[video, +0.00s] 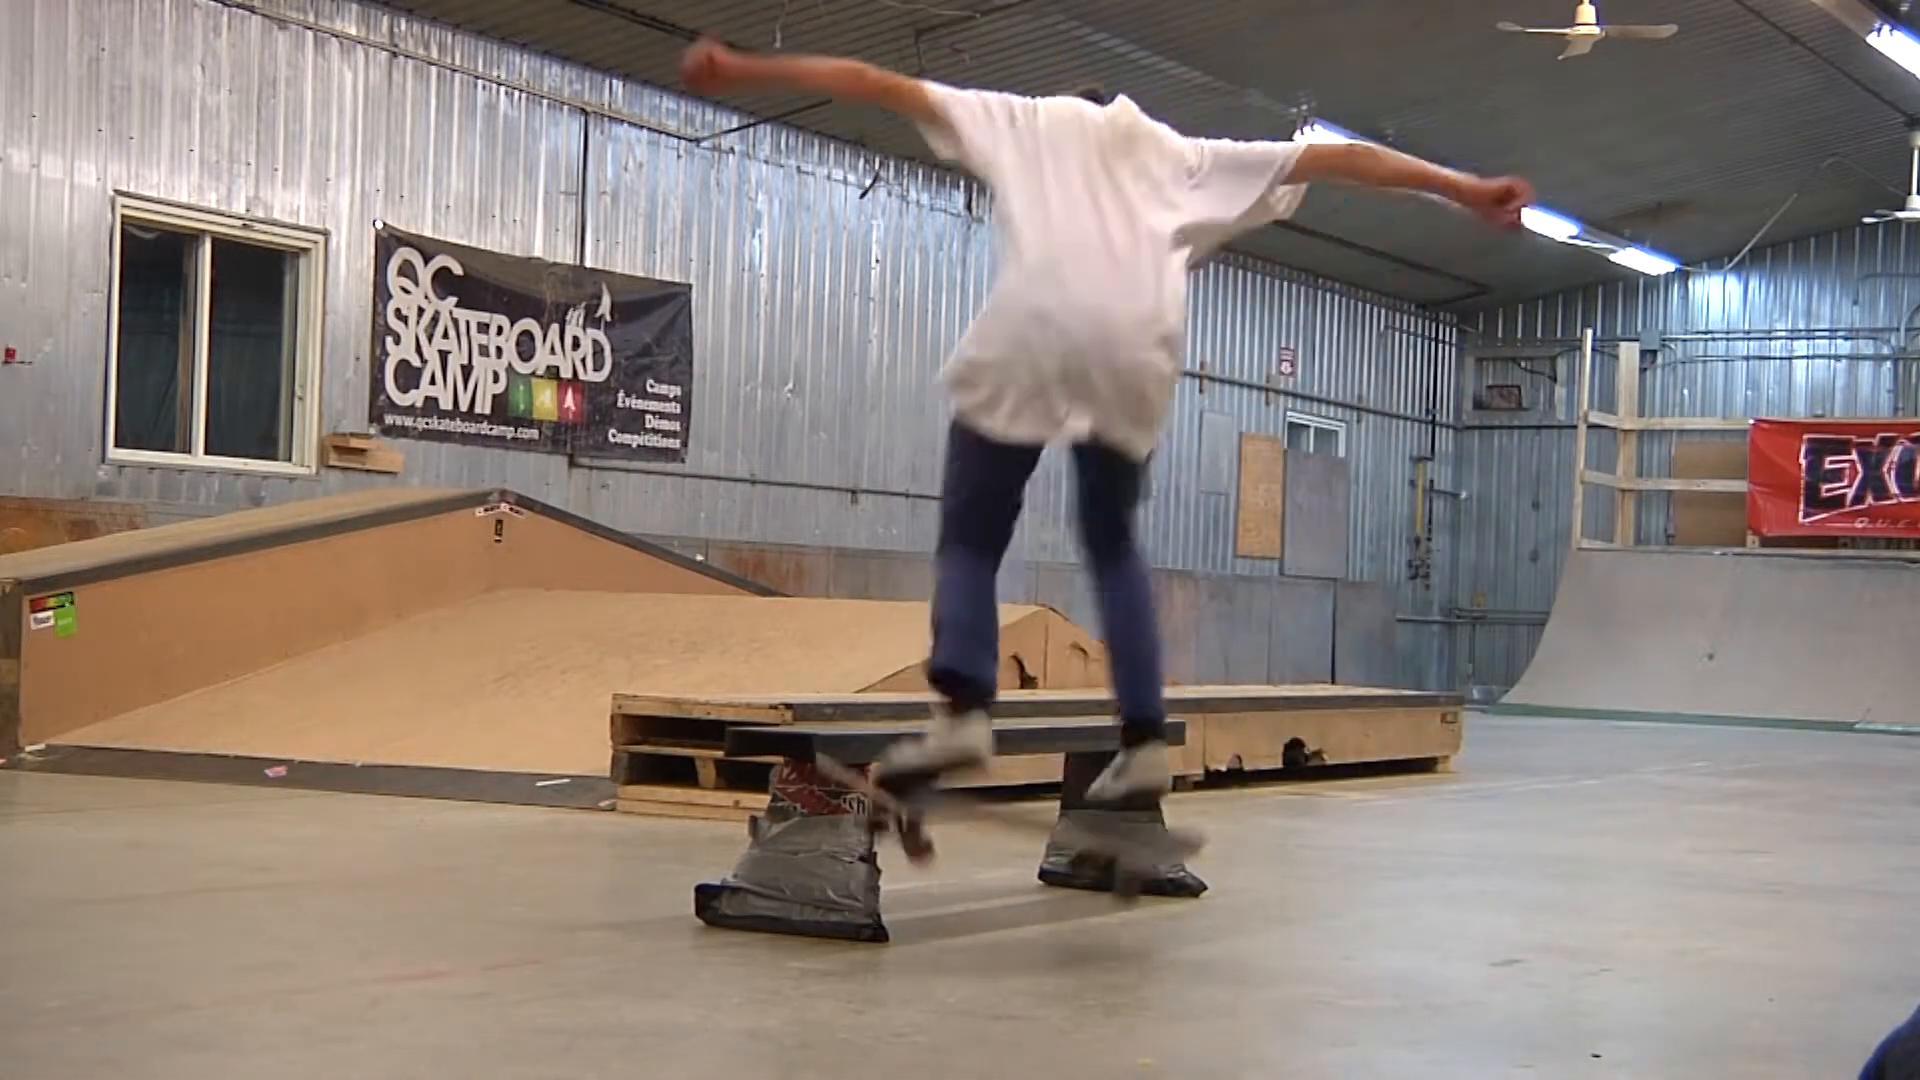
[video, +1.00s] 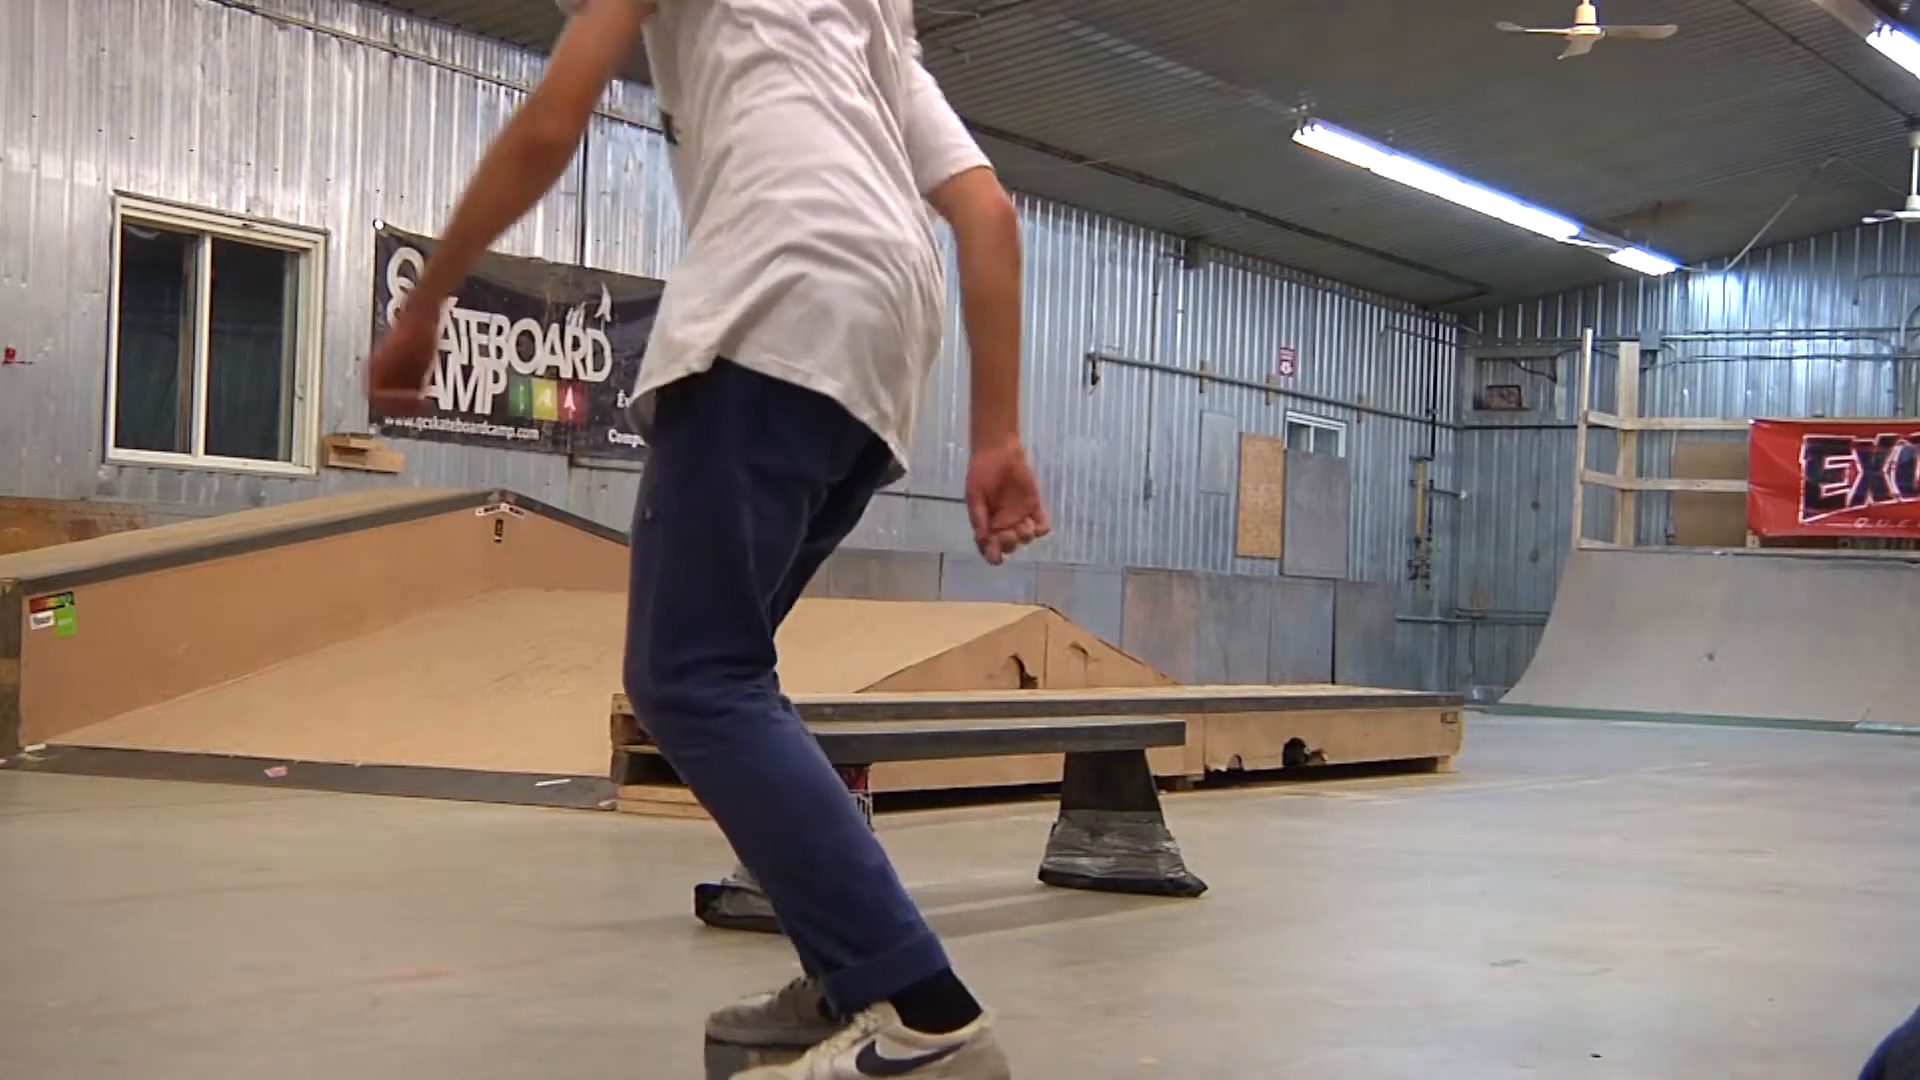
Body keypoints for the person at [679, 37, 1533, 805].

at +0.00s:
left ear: (1064, 100)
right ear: (1148, 118)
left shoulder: (1019, 118)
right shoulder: (1187, 156)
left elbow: (881, 81)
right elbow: (1329, 155)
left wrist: (747, 70)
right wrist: (1460, 186)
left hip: (1018, 343)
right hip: (1135, 361)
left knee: (970, 546)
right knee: (1114, 543)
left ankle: (962, 715)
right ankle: (1147, 742)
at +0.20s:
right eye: (1122, 233)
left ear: (1048, 186)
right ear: (1114, 218)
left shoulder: (980, 202)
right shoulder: (1115, 241)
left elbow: (901, 238)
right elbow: (1128, 314)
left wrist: (912, 243)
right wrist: (1181, 376)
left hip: (919, 451)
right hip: (1032, 475)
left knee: (879, 688)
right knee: (970, 657)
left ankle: (943, 879)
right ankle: (1040, 880)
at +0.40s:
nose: (1095, 246)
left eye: (1102, 235)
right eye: (1102, 232)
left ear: (1035, 160)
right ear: (1096, 202)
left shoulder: (943, 158)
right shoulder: (1072, 236)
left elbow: (1018, 358)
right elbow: (1001, 364)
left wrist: (1144, 405)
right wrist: (957, 539)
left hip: (801, 420)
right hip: (912, 452)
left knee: (792, 683)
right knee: (886, 653)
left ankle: (888, 912)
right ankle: (949, 895)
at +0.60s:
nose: (1045, 142)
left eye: (1050, 128)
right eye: (1048, 127)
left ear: (960, 56)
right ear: (1032, 101)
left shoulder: (866, 66)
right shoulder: (1027, 161)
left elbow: (910, 289)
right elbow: (988, 311)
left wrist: (1058, 393)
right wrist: (964, 507)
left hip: (758, 388)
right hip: (881, 428)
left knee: (739, 694)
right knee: (818, 659)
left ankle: (868, 945)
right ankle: (881, 917)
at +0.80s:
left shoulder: (741, 11)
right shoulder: (968, 64)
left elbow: (692, 237)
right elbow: (1013, 247)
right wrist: (1009, 461)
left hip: (772, 342)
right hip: (900, 376)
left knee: (713, 684)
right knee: (762, 650)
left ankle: (899, 976)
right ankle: (819, 922)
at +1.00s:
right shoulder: (884, 37)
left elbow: (547, 126)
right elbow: (987, 210)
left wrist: (426, 294)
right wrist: (1000, 433)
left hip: (781, 284)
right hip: (898, 335)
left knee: (689, 678)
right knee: (720, 668)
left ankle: (928, 1015)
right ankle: (841, 973)